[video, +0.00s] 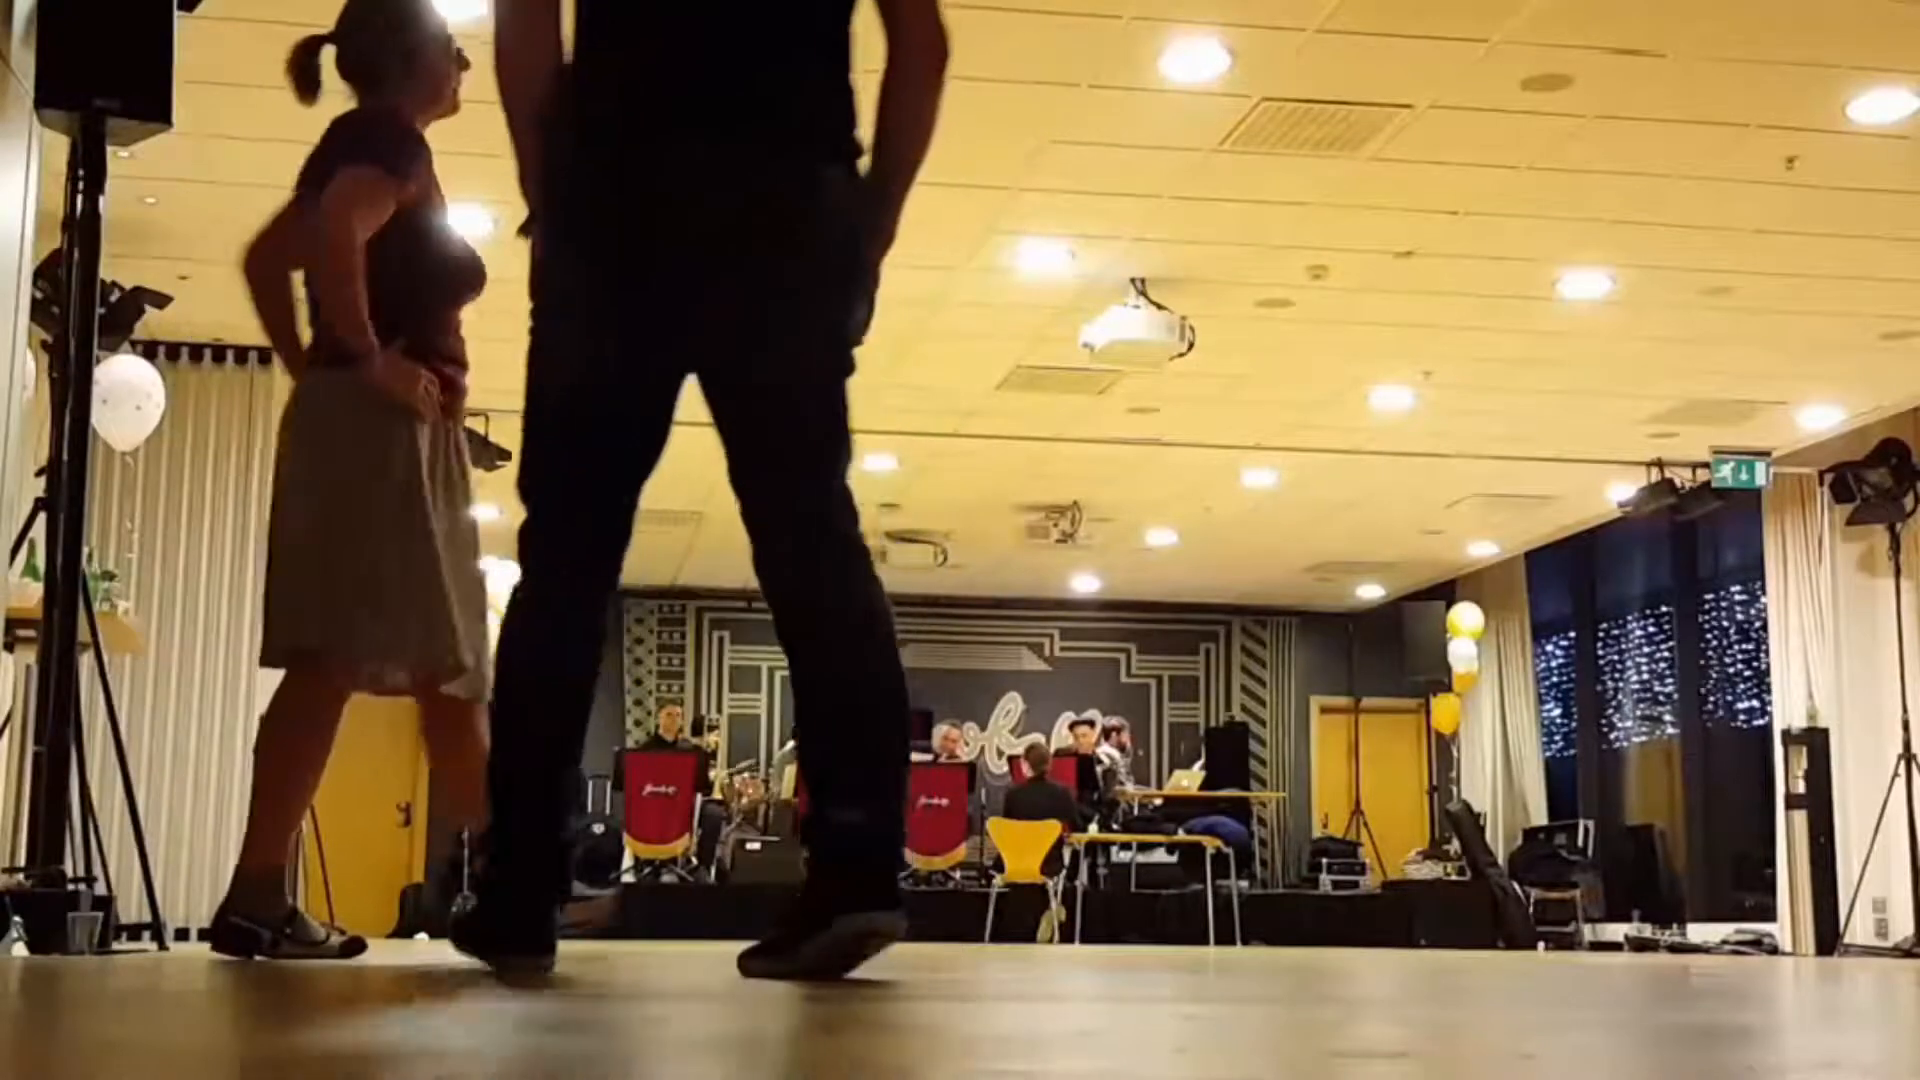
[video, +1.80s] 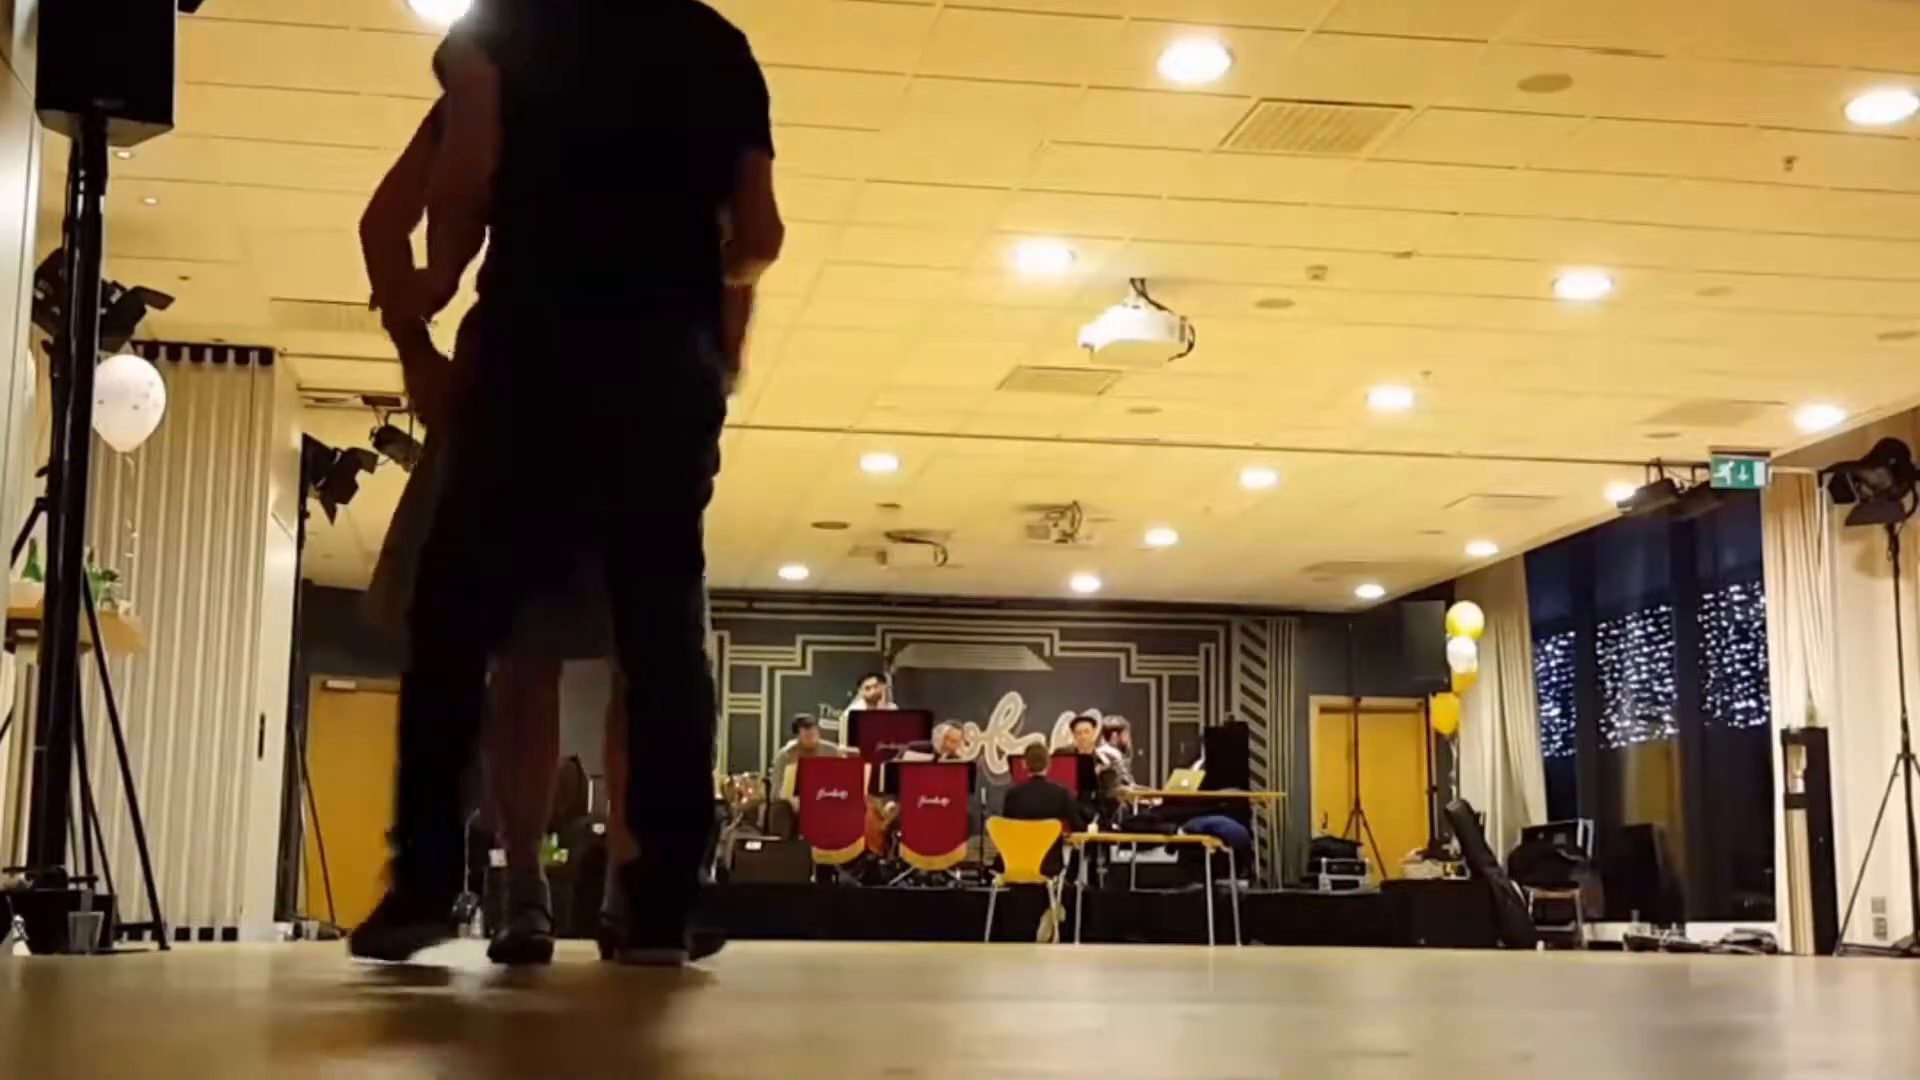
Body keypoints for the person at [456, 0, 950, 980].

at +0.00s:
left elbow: (525, 38)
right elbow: (921, 42)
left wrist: (551, 201)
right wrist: (874, 229)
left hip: (614, 214)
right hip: (790, 214)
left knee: (566, 561)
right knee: (812, 546)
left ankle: (519, 897)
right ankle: (860, 876)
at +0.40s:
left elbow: (400, 40)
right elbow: (793, 77)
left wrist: (401, 213)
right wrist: (772, 258)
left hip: (510, 261)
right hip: (674, 261)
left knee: (503, 590)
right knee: (705, 567)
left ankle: (512, 902)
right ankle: (742, 837)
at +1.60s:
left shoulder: (525, 18)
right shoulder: (744, 37)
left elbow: (477, 156)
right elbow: (786, 236)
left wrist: (447, 254)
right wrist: (710, 280)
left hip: (540, 341)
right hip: (681, 353)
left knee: (488, 599)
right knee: (670, 625)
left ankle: (522, 805)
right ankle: (663, 901)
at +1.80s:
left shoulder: (496, 24)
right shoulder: (719, 40)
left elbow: (462, 191)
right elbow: (761, 234)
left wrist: (436, 279)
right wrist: (700, 275)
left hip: (526, 362)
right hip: (664, 371)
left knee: (450, 628)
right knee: (666, 644)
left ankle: (425, 884)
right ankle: (657, 909)